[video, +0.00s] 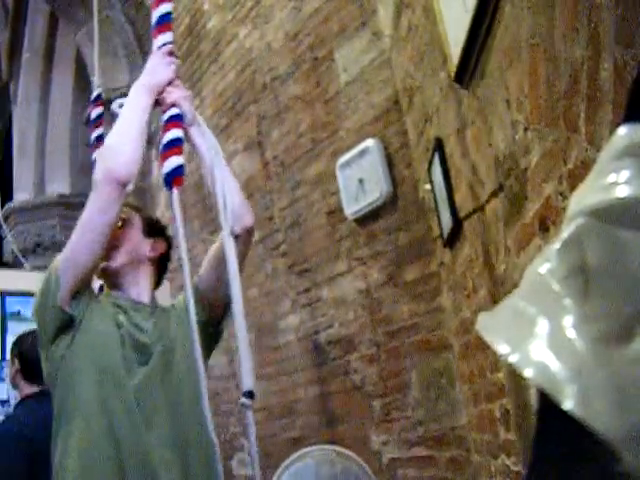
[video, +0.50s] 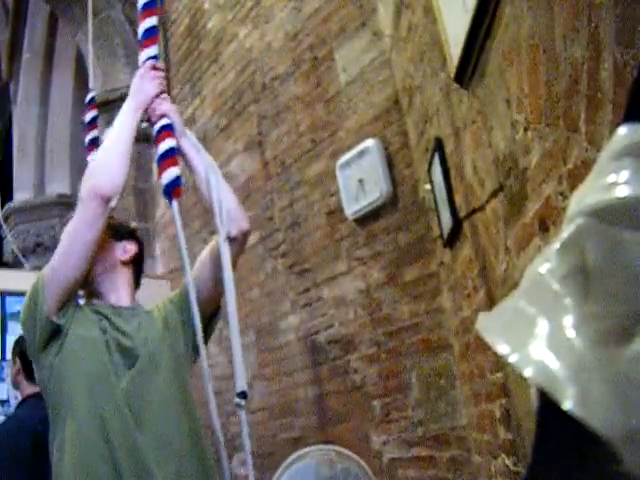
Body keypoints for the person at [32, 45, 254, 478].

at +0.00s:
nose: (110, 231)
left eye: (124, 223)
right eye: (107, 224)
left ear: (156, 247)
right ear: (96, 244)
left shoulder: (188, 323)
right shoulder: (68, 317)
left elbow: (240, 224)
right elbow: (113, 176)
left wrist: (193, 125)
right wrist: (144, 88)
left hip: (188, 471)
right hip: (90, 470)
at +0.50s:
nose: (84, 247)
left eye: (96, 237)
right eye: (83, 240)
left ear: (127, 250)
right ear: (72, 255)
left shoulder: (171, 322)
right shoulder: (53, 328)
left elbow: (234, 229)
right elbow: (98, 193)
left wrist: (179, 132)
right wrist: (134, 103)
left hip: (184, 470)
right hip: (86, 470)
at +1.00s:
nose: (87, 242)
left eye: (101, 234)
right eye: (87, 234)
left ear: (132, 254)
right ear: (74, 248)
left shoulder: (170, 327)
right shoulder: (52, 326)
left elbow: (228, 230)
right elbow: (93, 195)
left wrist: (172, 136)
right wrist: (128, 108)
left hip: (165, 470)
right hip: (78, 470)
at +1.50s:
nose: (96, 241)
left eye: (110, 233)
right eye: (96, 233)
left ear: (140, 251)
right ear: (83, 249)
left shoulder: (178, 325)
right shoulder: (61, 325)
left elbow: (240, 231)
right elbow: (107, 194)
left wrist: (189, 136)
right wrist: (144, 104)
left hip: (173, 470)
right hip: (85, 470)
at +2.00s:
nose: (100, 240)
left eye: (114, 231)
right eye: (100, 232)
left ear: (144, 248)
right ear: (87, 248)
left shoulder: (183, 320)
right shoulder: (66, 323)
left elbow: (247, 228)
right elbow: (111, 191)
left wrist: (195, 135)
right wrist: (148, 101)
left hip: (192, 470)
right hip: (93, 470)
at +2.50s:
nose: (101, 238)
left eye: (115, 230)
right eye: (102, 230)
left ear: (146, 245)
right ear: (88, 246)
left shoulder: (185, 320)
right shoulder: (66, 322)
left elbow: (248, 228)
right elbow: (112, 191)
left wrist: (193, 137)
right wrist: (145, 103)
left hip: (189, 470)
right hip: (92, 470)